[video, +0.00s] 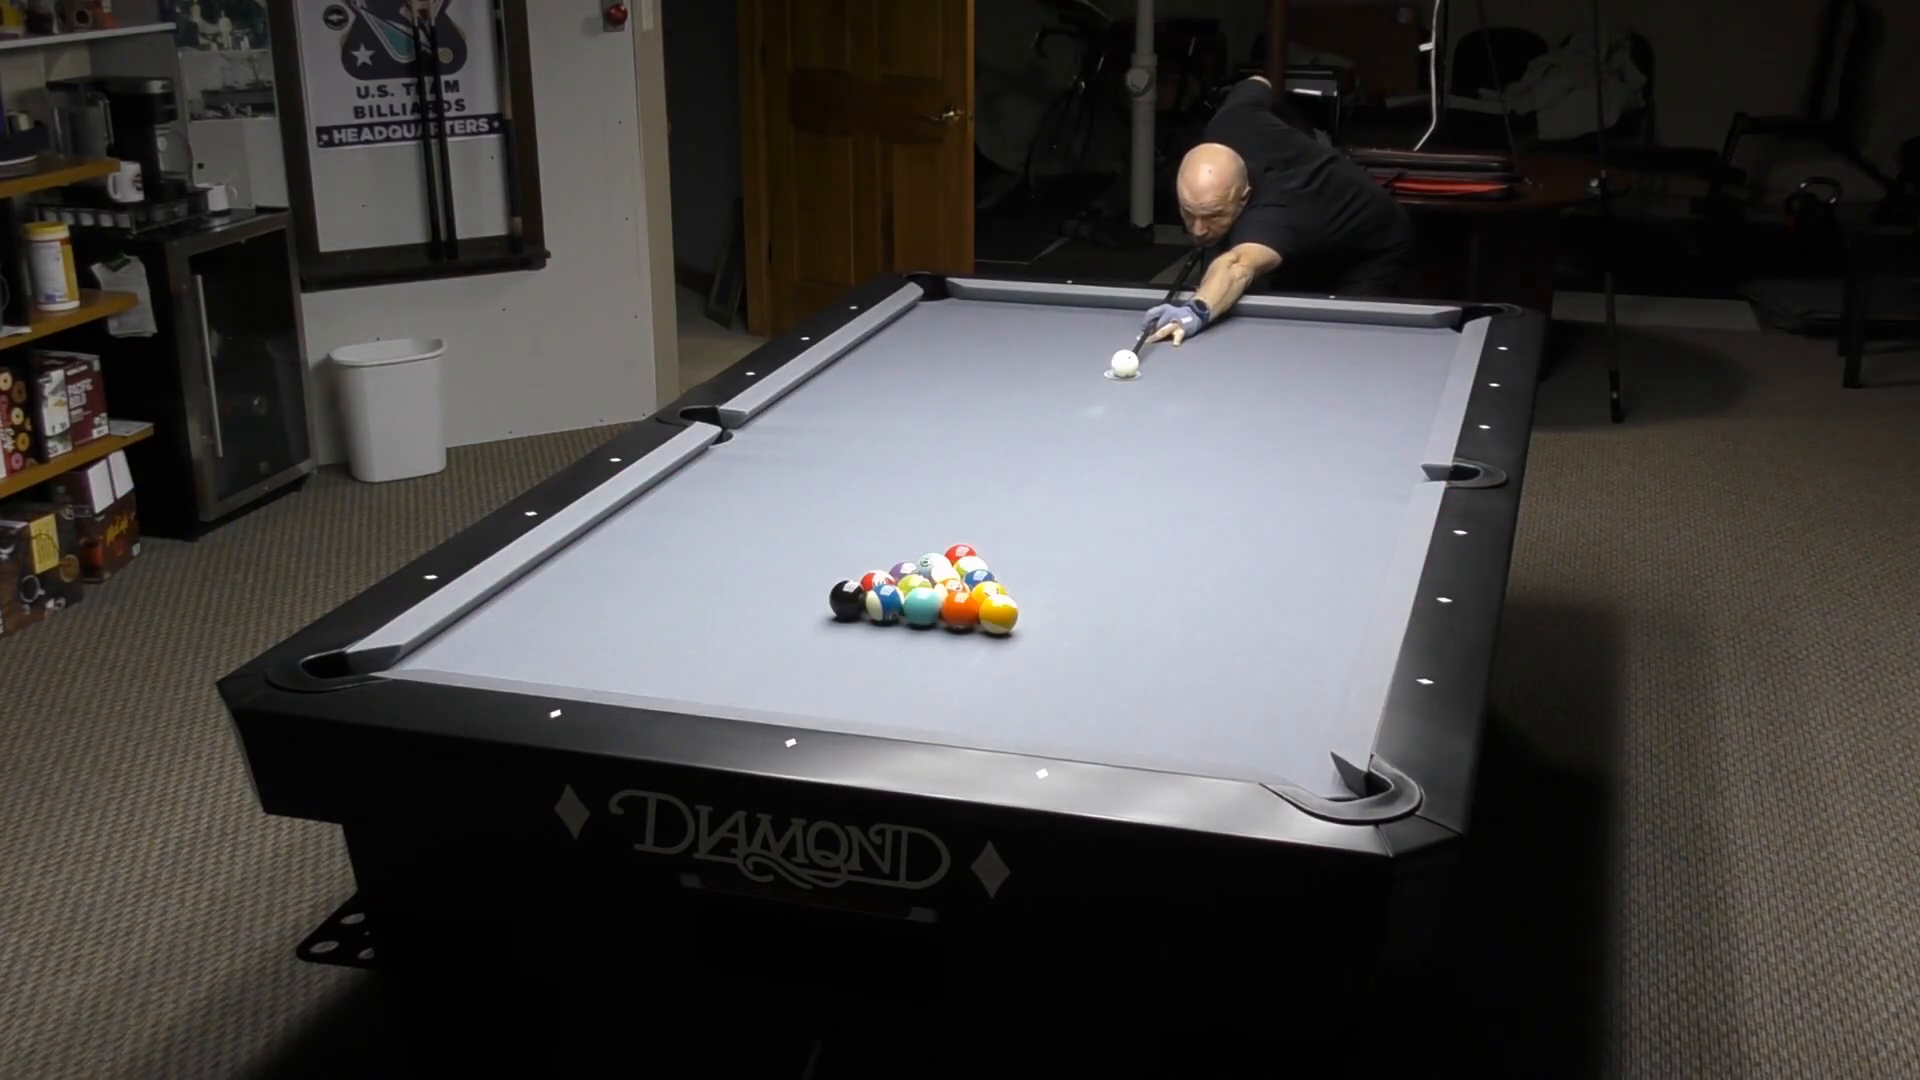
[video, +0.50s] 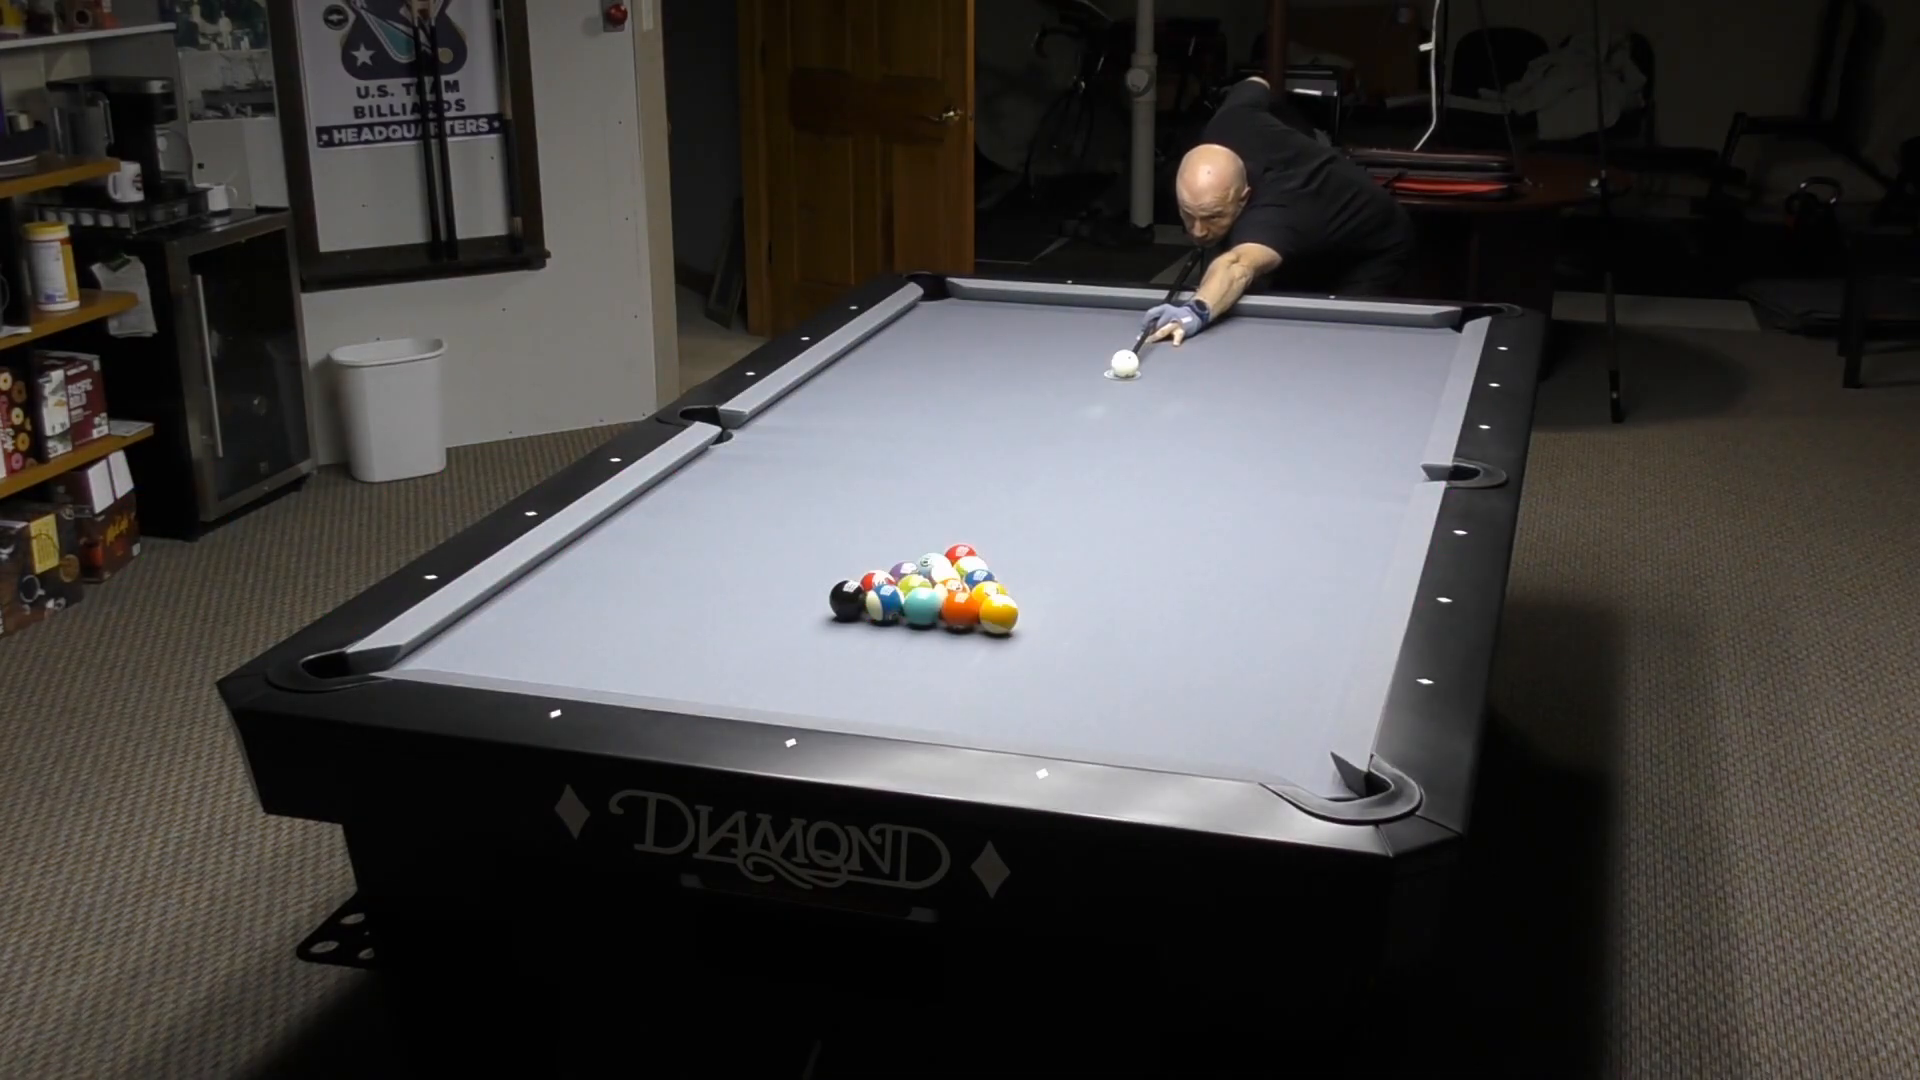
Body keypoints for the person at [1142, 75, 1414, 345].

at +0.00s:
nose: (1199, 231)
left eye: (1213, 217)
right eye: (1189, 215)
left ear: (1243, 195)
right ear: (1179, 188)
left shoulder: (1273, 216)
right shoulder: (1232, 121)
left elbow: (1238, 265)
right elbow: (1259, 81)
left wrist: (1195, 310)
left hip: (1378, 243)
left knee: (1339, 339)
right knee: (1280, 330)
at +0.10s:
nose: (1199, 232)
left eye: (1213, 218)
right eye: (1189, 216)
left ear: (1243, 195)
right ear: (1179, 188)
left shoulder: (1274, 216)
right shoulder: (1232, 121)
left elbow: (1238, 265)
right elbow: (1259, 81)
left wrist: (1195, 310)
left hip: (1378, 243)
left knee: (1339, 339)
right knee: (1280, 330)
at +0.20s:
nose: (1199, 232)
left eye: (1213, 218)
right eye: (1189, 216)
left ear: (1244, 195)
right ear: (1179, 188)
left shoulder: (1274, 216)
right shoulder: (1232, 121)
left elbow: (1238, 266)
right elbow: (1259, 81)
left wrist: (1195, 311)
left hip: (1378, 242)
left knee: (1338, 338)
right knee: (1280, 328)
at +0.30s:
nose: (1199, 232)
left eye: (1213, 218)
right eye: (1188, 216)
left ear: (1243, 195)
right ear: (1179, 188)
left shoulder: (1273, 217)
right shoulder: (1232, 121)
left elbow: (1238, 266)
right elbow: (1258, 81)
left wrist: (1194, 311)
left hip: (1379, 242)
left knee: (1338, 338)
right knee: (1279, 329)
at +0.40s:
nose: (1199, 232)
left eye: (1213, 219)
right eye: (1188, 216)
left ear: (1243, 195)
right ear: (1179, 188)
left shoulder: (1273, 217)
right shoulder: (1231, 122)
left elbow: (1238, 266)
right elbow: (1257, 81)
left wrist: (1194, 311)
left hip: (1379, 242)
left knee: (1338, 338)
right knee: (1279, 327)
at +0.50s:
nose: (1198, 232)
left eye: (1212, 219)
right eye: (1188, 217)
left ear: (1243, 195)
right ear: (1178, 188)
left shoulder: (1273, 217)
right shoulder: (1231, 122)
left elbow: (1238, 266)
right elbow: (1257, 81)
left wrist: (1194, 311)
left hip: (1379, 243)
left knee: (1339, 339)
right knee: (1280, 330)